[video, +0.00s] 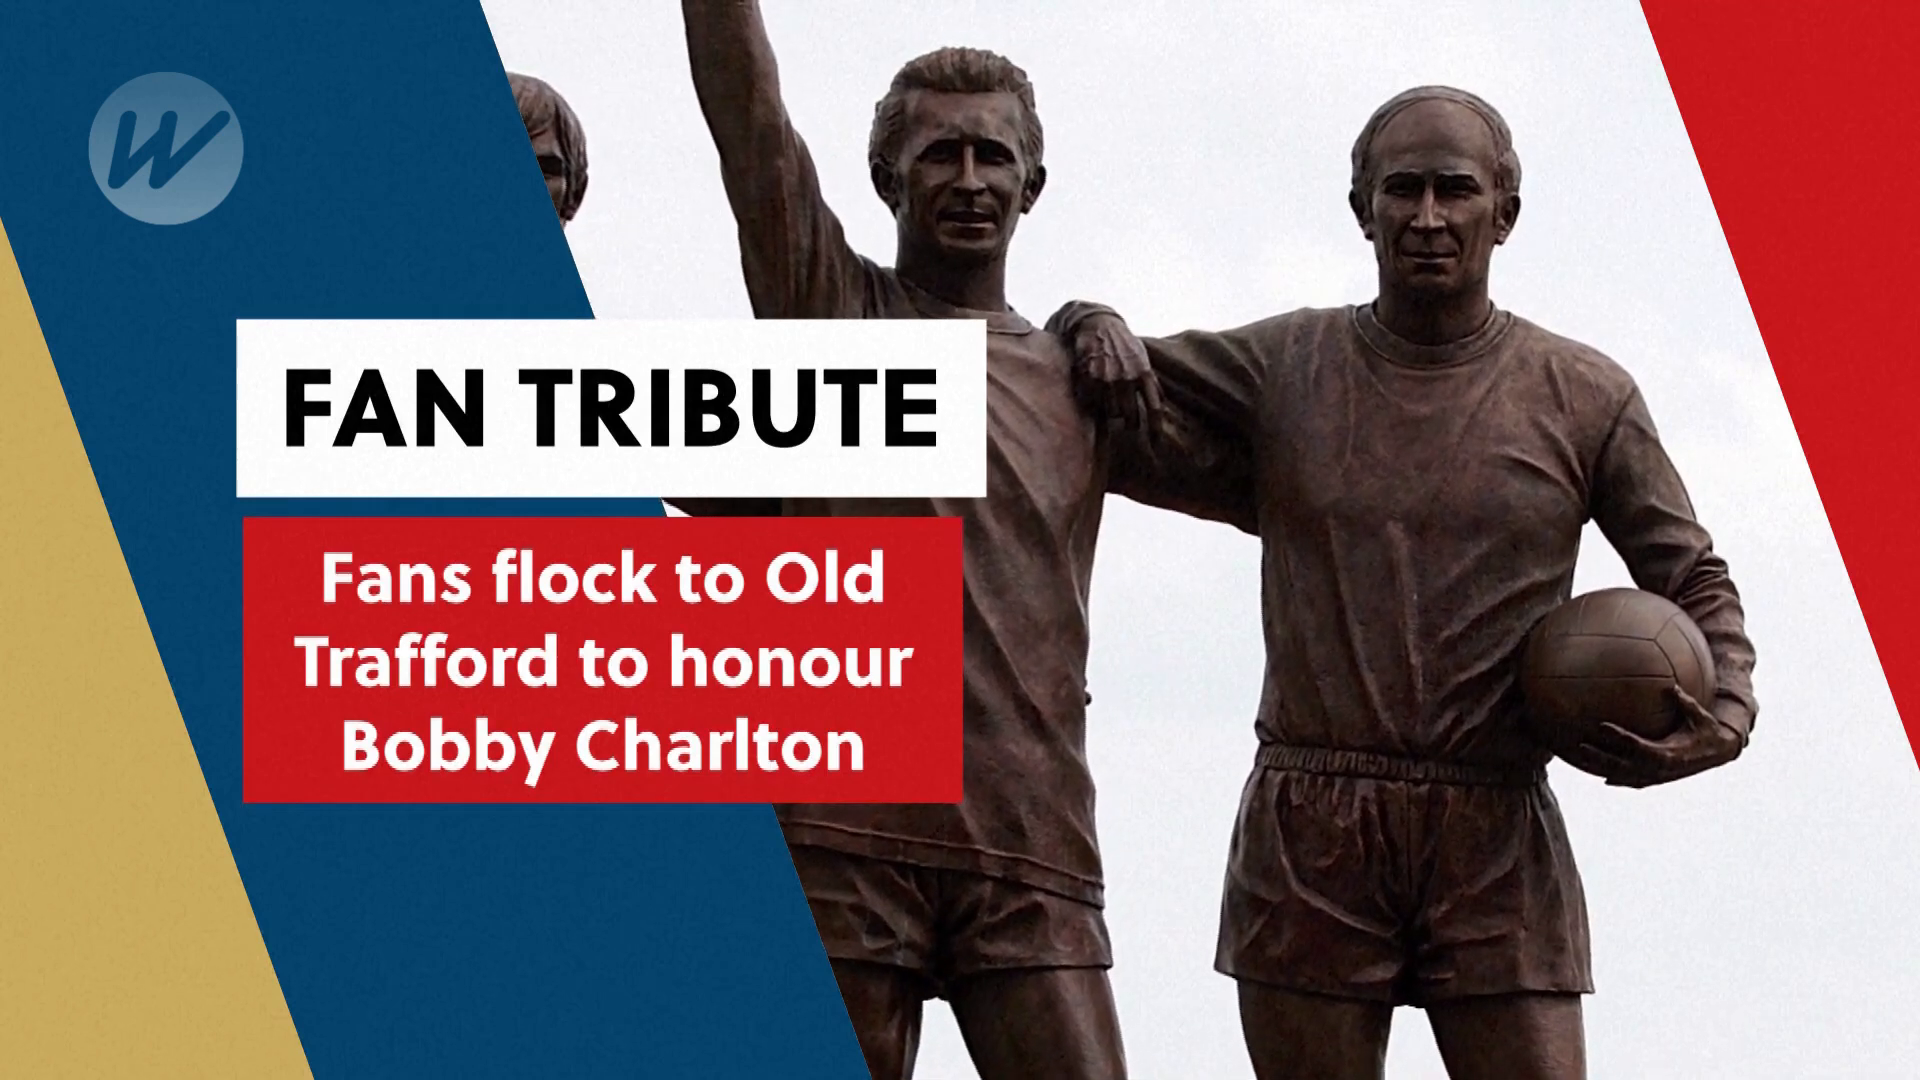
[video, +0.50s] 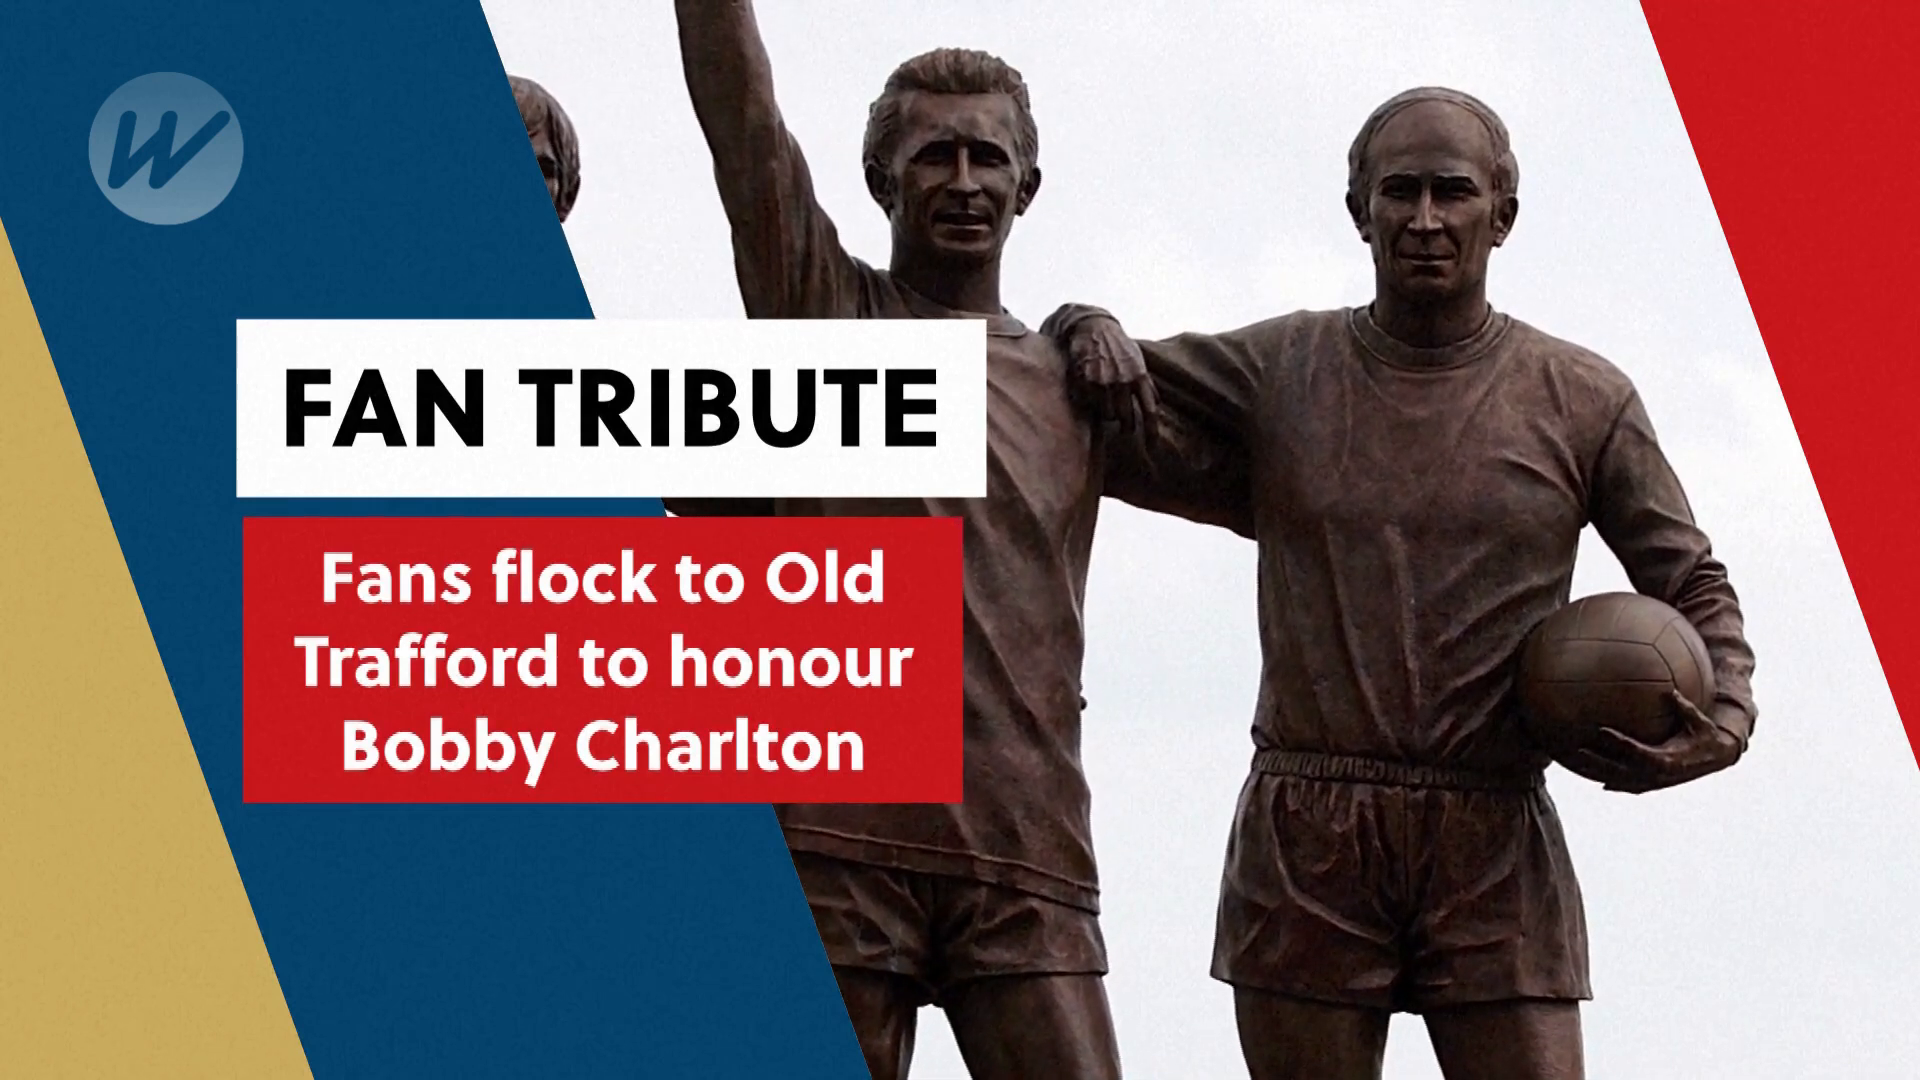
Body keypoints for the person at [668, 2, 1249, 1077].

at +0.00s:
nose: (970, 177)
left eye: (994, 154)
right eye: (940, 153)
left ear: (1030, 181)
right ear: (888, 176)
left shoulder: (1081, 387)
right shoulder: (825, 310)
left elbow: (1286, 481)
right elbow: (748, 119)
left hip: (1031, 854)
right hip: (838, 843)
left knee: (1084, 1063)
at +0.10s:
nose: (968, 177)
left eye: (993, 155)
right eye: (939, 154)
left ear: (1029, 182)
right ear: (886, 178)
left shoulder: (1080, 385)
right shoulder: (824, 311)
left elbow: (1287, 482)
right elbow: (746, 120)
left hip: (1030, 854)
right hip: (836, 844)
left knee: (1085, 1068)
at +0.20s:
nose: (967, 178)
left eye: (991, 155)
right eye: (937, 155)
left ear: (1029, 182)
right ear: (885, 179)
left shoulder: (1080, 387)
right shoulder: (822, 310)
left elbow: (1287, 484)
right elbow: (741, 112)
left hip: (1029, 857)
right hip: (834, 848)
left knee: (1081, 1062)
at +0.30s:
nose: (966, 178)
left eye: (990, 156)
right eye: (937, 154)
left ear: (1027, 183)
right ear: (885, 179)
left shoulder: (1080, 389)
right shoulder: (821, 312)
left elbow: (1288, 484)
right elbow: (742, 117)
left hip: (1027, 854)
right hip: (834, 845)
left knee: (1082, 1062)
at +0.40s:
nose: (965, 178)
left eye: (989, 155)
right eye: (935, 155)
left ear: (1026, 184)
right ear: (883, 181)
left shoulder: (1078, 387)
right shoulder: (820, 311)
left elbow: (1287, 483)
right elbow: (738, 110)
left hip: (1028, 856)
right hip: (834, 847)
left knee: (1079, 1061)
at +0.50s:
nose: (963, 178)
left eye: (987, 156)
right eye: (933, 156)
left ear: (1024, 184)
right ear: (882, 182)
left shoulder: (1077, 388)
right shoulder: (820, 314)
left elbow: (1283, 482)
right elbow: (741, 122)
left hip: (1027, 859)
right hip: (833, 851)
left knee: (1079, 1067)